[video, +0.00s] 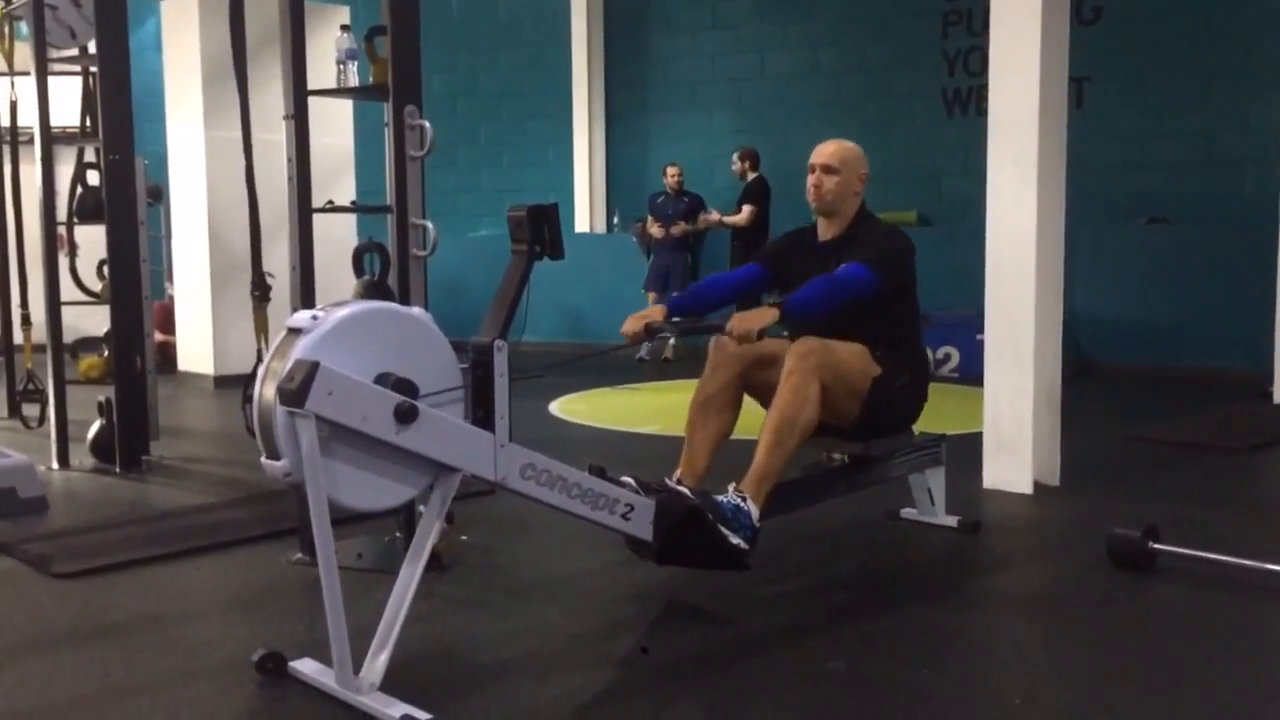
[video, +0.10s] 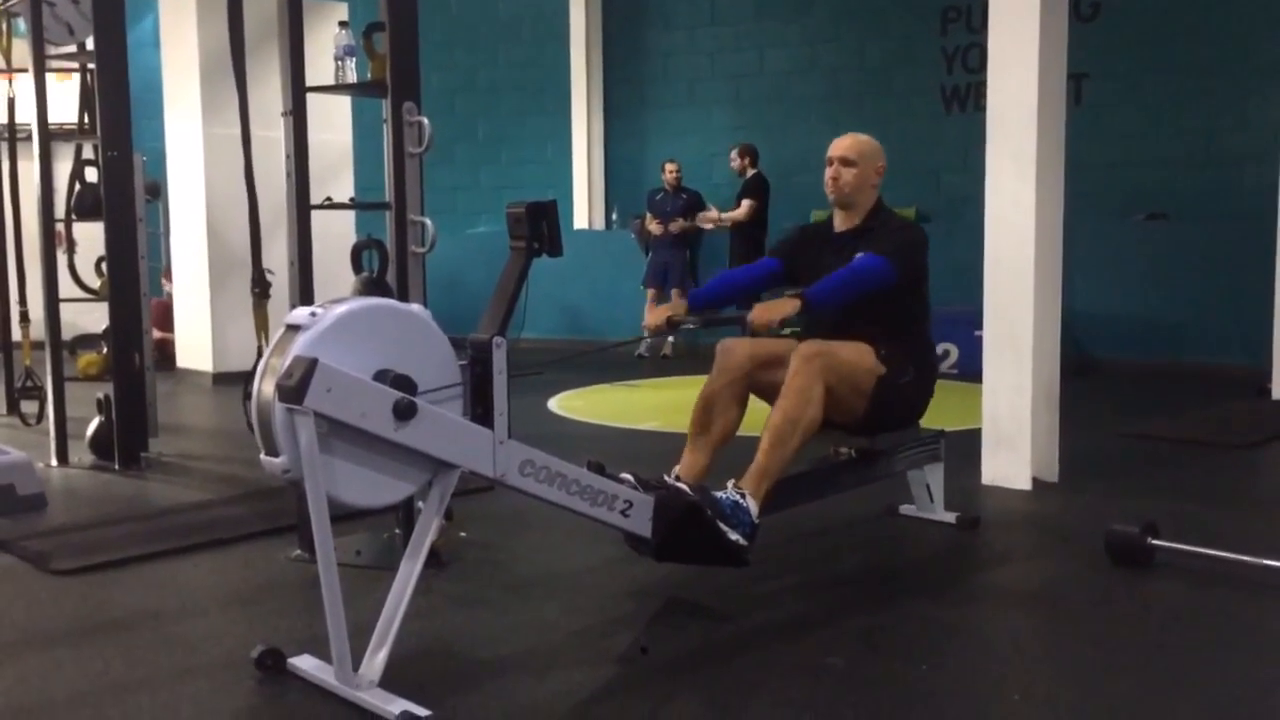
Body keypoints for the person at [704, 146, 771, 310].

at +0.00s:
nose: (732, 168)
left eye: (735, 163)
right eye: (732, 163)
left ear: (746, 164)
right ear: (746, 164)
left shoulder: (755, 185)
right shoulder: (753, 184)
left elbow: (745, 219)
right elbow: (742, 216)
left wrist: (719, 219)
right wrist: (719, 218)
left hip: (747, 251)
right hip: (746, 248)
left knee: (746, 301)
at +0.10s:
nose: (731, 165)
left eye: (734, 160)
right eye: (731, 161)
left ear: (746, 160)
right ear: (745, 160)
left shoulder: (756, 181)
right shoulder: (749, 182)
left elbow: (744, 213)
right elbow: (741, 219)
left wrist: (718, 216)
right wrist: (718, 222)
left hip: (748, 251)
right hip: (742, 250)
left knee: (747, 299)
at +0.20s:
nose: (731, 163)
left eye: (733, 157)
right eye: (730, 158)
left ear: (745, 157)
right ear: (745, 158)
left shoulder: (756, 177)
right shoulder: (750, 179)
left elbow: (743, 206)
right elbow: (740, 219)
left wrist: (714, 214)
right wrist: (714, 224)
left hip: (749, 246)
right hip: (743, 245)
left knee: (749, 293)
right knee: (744, 292)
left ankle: (750, 340)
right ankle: (747, 340)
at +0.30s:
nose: (731, 161)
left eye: (733, 156)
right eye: (731, 157)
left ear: (745, 156)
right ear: (746, 157)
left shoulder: (756, 176)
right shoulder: (751, 178)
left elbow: (739, 202)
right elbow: (734, 214)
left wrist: (708, 212)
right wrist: (706, 220)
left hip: (748, 245)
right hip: (742, 244)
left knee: (747, 294)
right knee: (745, 294)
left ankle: (749, 343)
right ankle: (747, 342)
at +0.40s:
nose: (731, 160)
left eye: (733, 155)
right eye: (731, 155)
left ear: (744, 155)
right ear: (746, 155)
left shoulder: (754, 176)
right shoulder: (753, 176)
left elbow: (734, 203)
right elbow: (732, 207)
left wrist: (703, 212)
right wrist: (704, 213)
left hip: (746, 244)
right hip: (744, 242)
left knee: (745, 292)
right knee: (745, 291)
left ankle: (749, 343)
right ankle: (748, 341)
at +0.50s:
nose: (731, 158)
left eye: (734, 154)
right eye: (731, 154)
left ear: (744, 153)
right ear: (746, 154)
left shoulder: (753, 175)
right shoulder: (751, 175)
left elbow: (734, 203)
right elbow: (733, 207)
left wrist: (706, 211)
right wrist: (707, 209)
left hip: (745, 242)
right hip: (743, 241)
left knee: (743, 290)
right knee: (743, 289)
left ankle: (747, 342)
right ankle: (745, 340)